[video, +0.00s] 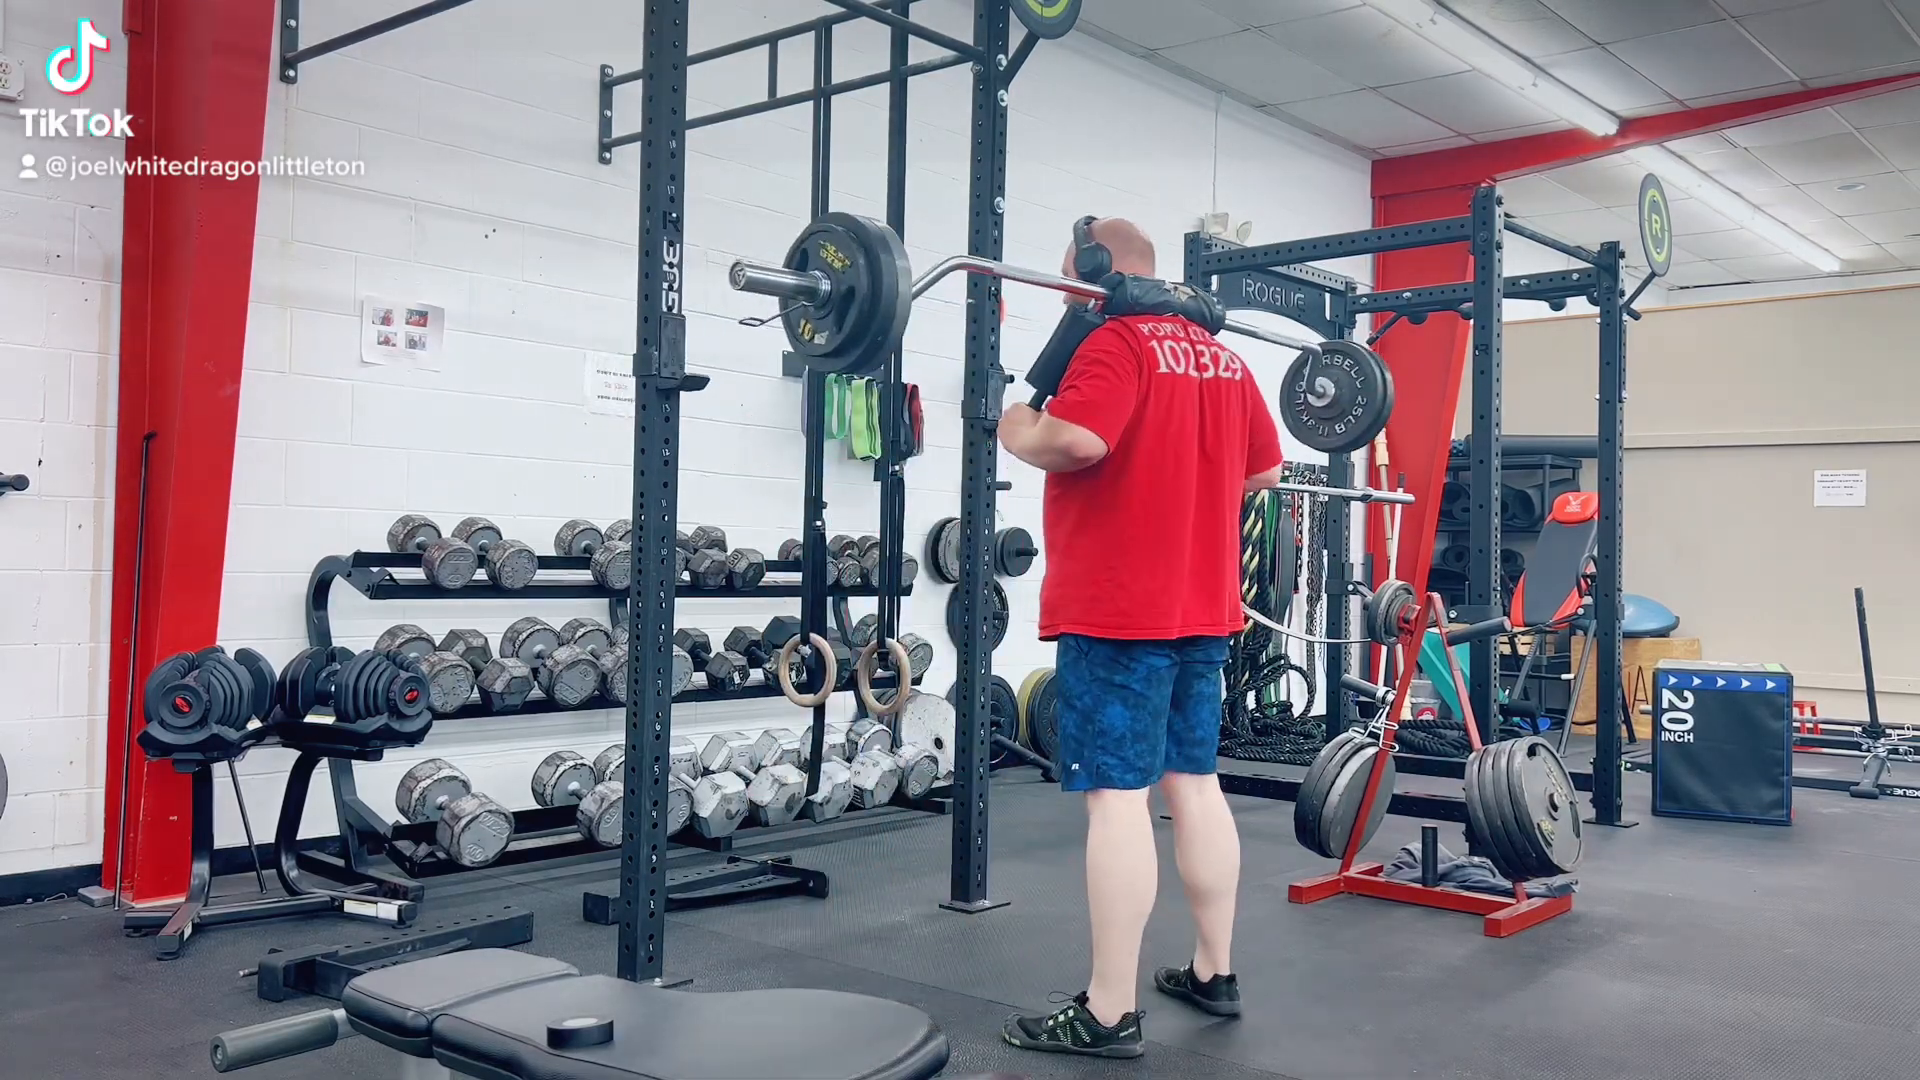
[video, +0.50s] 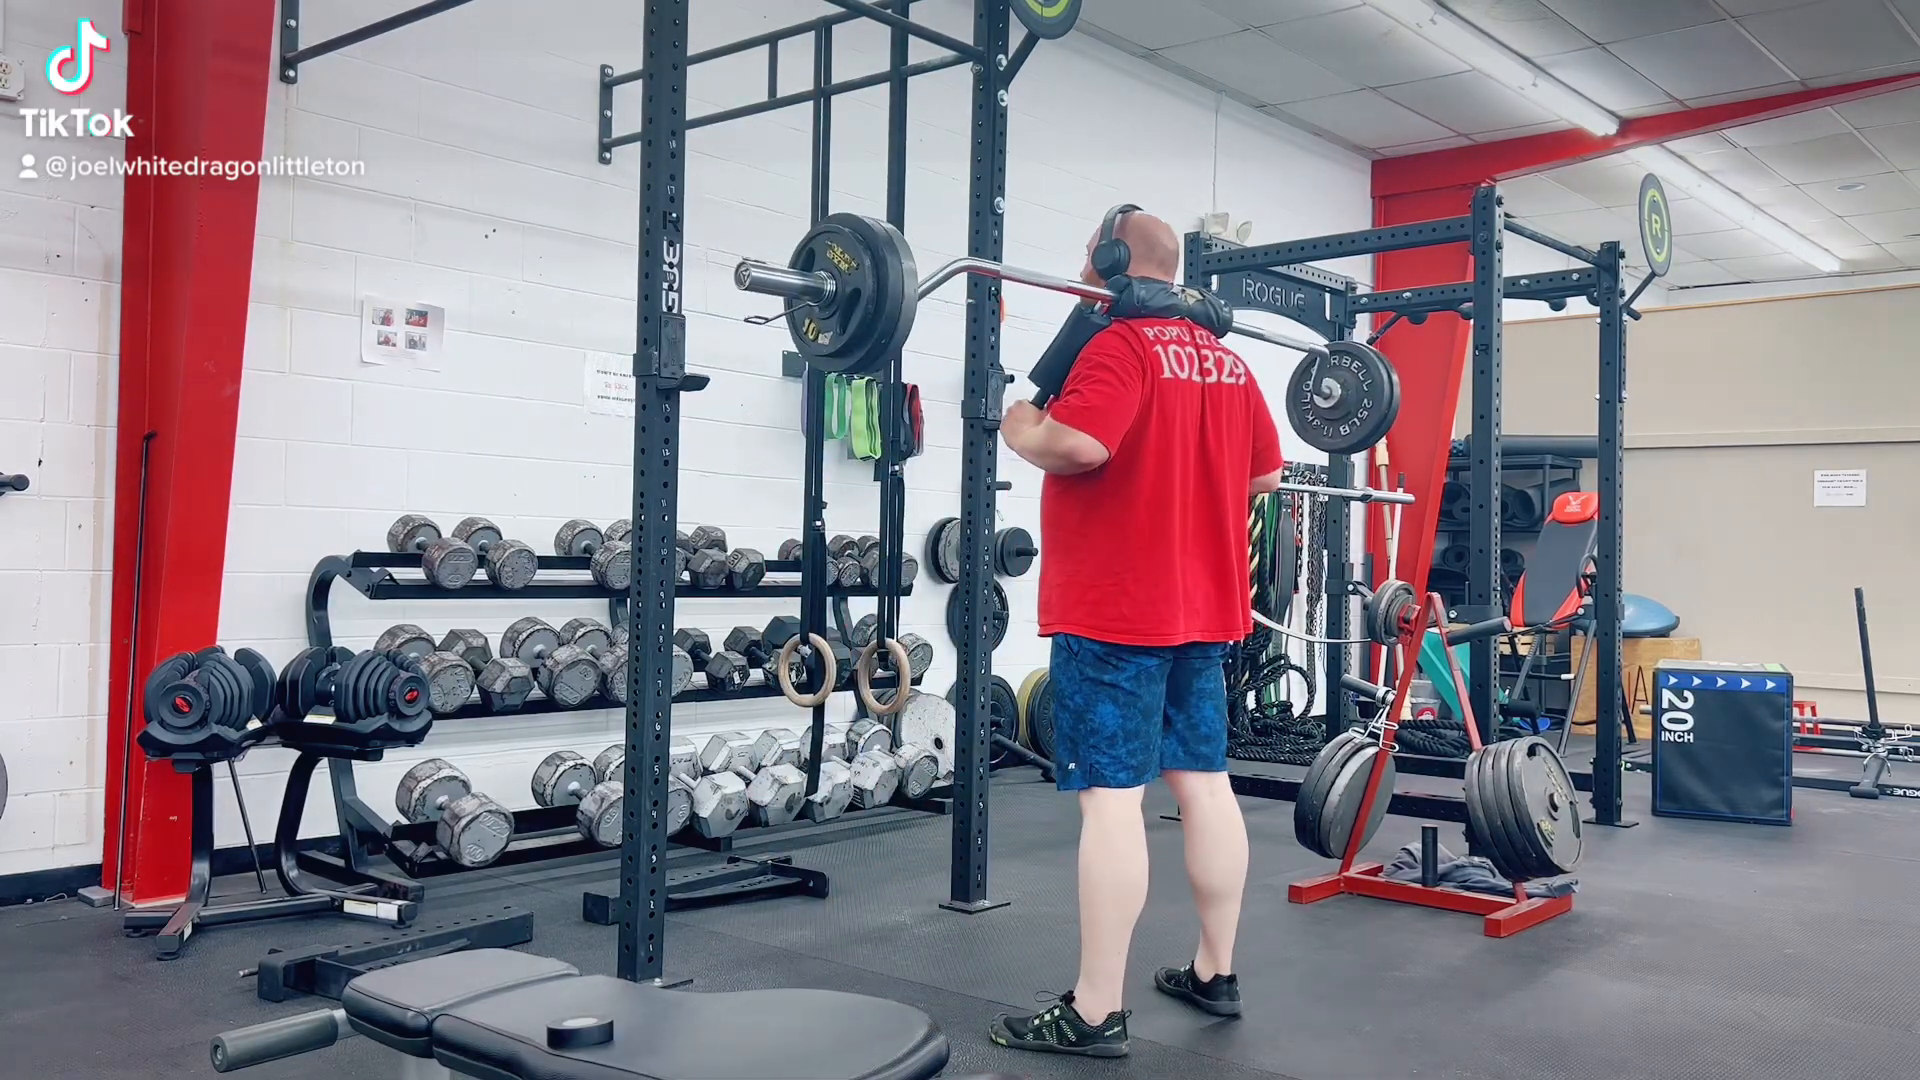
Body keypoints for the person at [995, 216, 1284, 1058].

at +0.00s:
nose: (1068, 291)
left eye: (1070, 278)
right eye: (1069, 277)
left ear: (1088, 278)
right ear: (1153, 271)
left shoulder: (1114, 341)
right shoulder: (1220, 353)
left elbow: (1083, 441)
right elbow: (1263, 466)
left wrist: (1021, 429)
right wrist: (1183, 493)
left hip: (1120, 604)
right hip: (1207, 603)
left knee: (1116, 795)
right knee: (1194, 781)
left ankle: (1109, 1008)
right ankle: (1216, 974)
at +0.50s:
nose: (1086, 286)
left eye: (1088, 274)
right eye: (1089, 274)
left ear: (1104, 277)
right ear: (1175, 275)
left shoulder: (1119, 343)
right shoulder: (1228, 360)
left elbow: (1084, 444)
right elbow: (1265, 471)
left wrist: (1025, 427)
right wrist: (1180, 478)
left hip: (1117, 608)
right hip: (1207, 609)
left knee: (1111, 796)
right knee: (1204, 780)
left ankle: (1095, 1009)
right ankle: (1217, 974)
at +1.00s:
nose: (1091, 301)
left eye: (1096, 289)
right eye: (1097, 287)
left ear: (1114, 298)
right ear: (1181, 301)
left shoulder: (1118, 372)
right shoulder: (1233, 381)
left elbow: (1030, 467)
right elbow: (1238, 498)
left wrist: (1005, 422)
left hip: (1131, 633)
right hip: (1230, 632)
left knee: (1066, 791)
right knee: (1184, 787)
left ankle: (1093, 1008)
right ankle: (1216, 972)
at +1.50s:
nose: (1064, 594)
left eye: (1068, 581)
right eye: (1067, 580)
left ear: (1087, 589)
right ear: (1150, 589)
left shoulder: (1098, 669)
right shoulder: (1204, 649)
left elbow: (998, 763)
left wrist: (981, 699)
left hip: (1192, 889)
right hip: (1271, 882)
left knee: (987, 821)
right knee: (1161, 795)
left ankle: (1088, 1009)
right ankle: (1208, 971)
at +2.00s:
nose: (1084, 304)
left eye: (1087, 292)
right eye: (1087, 291)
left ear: (1103, 296)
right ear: (1171, 293)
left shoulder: (1115, 363)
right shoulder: (1227, 374)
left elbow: (1033, 452)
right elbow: (1252, 481)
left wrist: (1006, 418)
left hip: (1134, 611)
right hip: (1231, 612)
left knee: (1077, 782)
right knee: (1187, 779)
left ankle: (1094, 1005)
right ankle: (1216, 973)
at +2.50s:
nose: (1075, 402)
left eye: (1078, 389)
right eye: (1076, 390)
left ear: (1098, 393)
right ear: (1163, 389)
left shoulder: (1114, 463)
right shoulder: (1221, 463)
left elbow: (1022, 562)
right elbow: (1256, 569)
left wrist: (992, 506)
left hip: (1159, 692)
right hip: (1261, 696)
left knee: (1026, 802)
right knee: (1178, 800)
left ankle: (1090, 1008)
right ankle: (1215, 973)